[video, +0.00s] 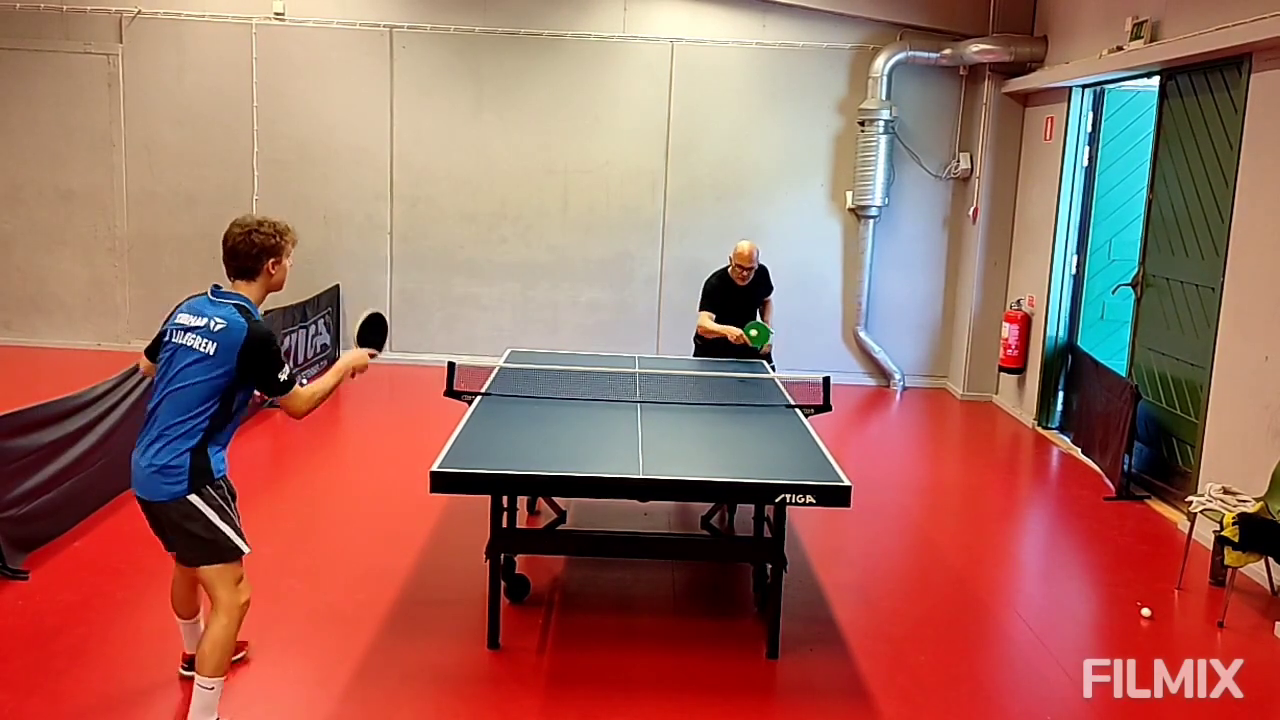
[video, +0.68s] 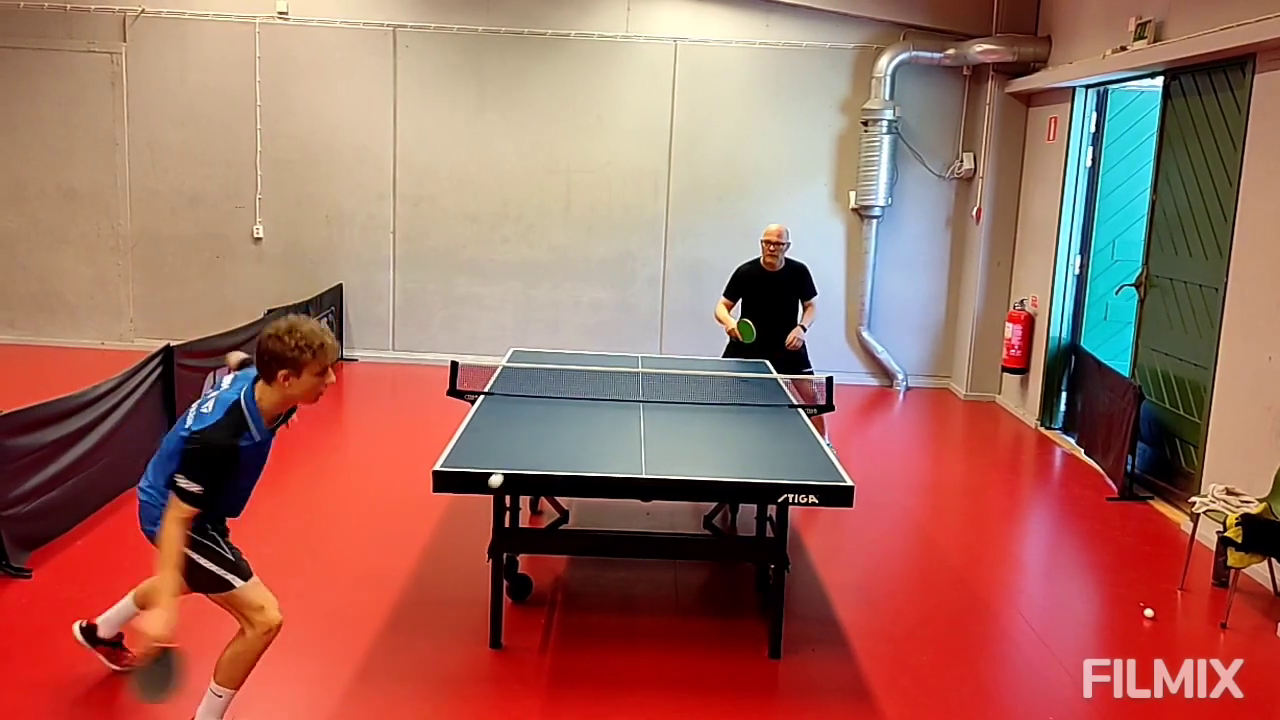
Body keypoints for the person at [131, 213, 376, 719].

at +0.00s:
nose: (288, 268)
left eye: (286, 259)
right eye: (285, 259)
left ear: (232, 263)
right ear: (269, 267)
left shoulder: (191, 305)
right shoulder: (252, 331)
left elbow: (149, 363)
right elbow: (298, 403)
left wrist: (215, 382)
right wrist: (344, 364)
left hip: (150, 471)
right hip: (187, 480)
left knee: (188, 563)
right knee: (231, 599)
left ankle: (195, 653)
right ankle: (202, 715)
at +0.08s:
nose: (293, 279)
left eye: (294, 270)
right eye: (292, 271)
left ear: (238, 271)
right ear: (277, 277)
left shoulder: (199, 310)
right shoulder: (250, 338)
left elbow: (181, 384)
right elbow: (282, 423)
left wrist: (263, 393)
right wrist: (345, 400)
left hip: (140, 467)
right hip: (175, 481)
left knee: (176, 561)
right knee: (225, 599)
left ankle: (170, 655)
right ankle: (202, 715)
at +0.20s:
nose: (306, 314)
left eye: (306, 305)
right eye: (304, 306)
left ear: (257, 302)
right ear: (285, 312)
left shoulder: (226, 331)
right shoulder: (234, 376)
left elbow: (237, 389)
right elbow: (233, 469)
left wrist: (292, 404)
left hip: (130, 464)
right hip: (143, 483)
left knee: (152, 563)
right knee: (210, 598)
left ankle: (107, 653)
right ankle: (201, 716)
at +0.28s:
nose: (304, 342)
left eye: (305, 333)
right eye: (303, 334)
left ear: (259, 328)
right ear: (284, 341)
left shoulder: (242, 353)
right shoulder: (219, 400)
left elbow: (264, 396)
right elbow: (203, 492)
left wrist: (311, 419)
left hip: (142, 473)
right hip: (132, 489)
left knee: (144, 571)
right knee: (208, 599)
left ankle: (77, 654)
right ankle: (200, 716)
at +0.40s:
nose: (304, 400)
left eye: (303, 393)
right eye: (300, 394)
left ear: (267, 393)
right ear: (274, 401)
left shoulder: (256, 406)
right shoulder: (186, 447)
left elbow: (312, 428)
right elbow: (129, 516)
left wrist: (341, 461)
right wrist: (88, 573)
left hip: (157, 494)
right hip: (122, 501)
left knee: (143, 583)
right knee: (209, 598)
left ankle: (67, 658)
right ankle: (198, 714)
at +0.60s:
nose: (319, 408)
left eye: (319, 400)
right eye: (314, 403)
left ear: (282, 407)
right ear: (283, 409)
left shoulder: (271, 415)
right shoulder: (189, 441)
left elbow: (301, 412)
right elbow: (132, 502)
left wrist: (318, 448)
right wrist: (93, 573)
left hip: (190, 508)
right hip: (156, 513)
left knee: (157, 582)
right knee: (241, 611)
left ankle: (85, 636)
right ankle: (204, 714)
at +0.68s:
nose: (331, 380)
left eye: (330, 371)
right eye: (322, 373)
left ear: (285, 376)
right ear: (286, 379)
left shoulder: (268, 381)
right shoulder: (217, 434)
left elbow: (237, 363)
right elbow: (174, 520)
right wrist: (161, 608)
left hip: (203, 505)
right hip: (173, 515)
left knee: (199, 572)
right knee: (264, 620)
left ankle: (101, 629)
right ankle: (208, 714)